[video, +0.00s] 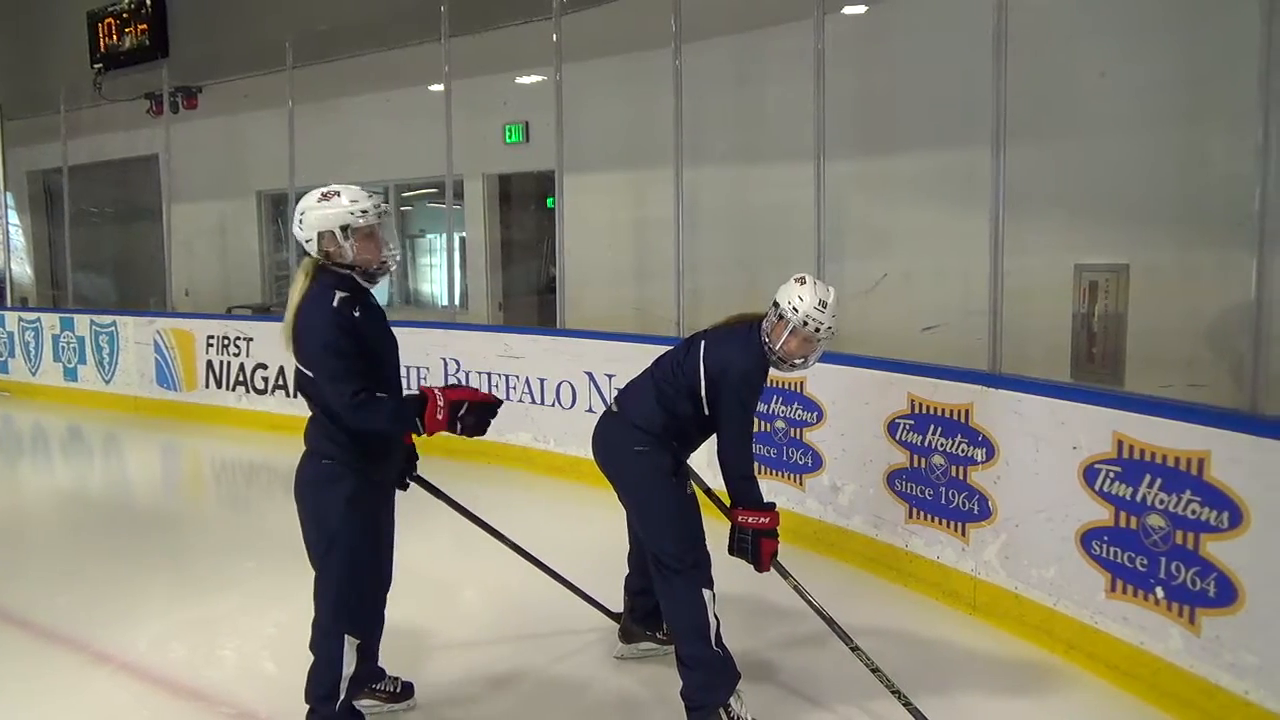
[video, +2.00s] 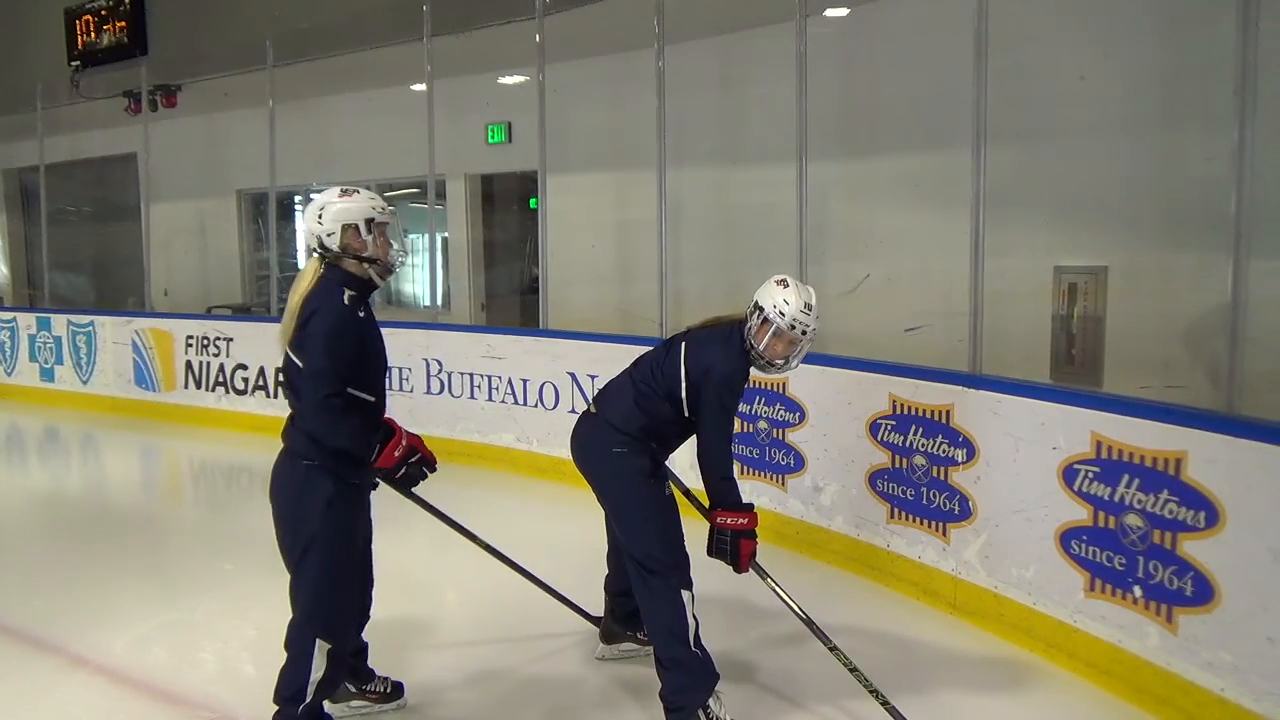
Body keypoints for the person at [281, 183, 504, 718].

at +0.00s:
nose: (380, 244)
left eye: (378, 233)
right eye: (367, 236)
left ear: (351, 243)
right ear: (334, 245)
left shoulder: (354, 298)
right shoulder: (326, 307)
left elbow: (367, 389)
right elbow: (347, 403)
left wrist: (393, 452)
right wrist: (426, 409)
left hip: (367, 470)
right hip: (338, 475)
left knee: (372, 582)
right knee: (340, 596)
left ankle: (362, 675)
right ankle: (327, 704)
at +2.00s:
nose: (387, 242)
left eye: (385, 230)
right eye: (375, 231)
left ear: (356, 240)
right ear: (344, 239)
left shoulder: (348, 298)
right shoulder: (331, 304)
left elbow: (349, 392)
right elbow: (319, 401)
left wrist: (392, 438)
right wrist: (382, 451)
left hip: (341, 470)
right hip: (316, 475)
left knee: (351, 580)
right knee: (320, 593)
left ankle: (345, 675)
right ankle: (297, 706)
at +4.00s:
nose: (359, 249)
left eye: (368, 236)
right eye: (346, 239)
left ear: (383, 241)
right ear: (325, 248)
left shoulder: (383, 305)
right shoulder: (312, 319)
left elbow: (399, 389)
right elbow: (323, 411)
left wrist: (428, 432)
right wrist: (394, 430)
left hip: (385, 468)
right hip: (336, 474)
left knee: (386, 577)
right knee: (344, 597)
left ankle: (373, 669)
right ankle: (320, 707)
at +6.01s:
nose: (409, 239)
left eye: (406, 229)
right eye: (397, 230)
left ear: (372, 239)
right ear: (367, 239)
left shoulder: (359, 293)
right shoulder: (368, 300)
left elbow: (368, 394)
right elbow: (410, 387)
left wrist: (404, 460)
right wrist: (466, 396)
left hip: (371, 469)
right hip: (356, 474)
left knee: (387, 579)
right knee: (353, 596)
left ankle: (377, 670)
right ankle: (328, 706)